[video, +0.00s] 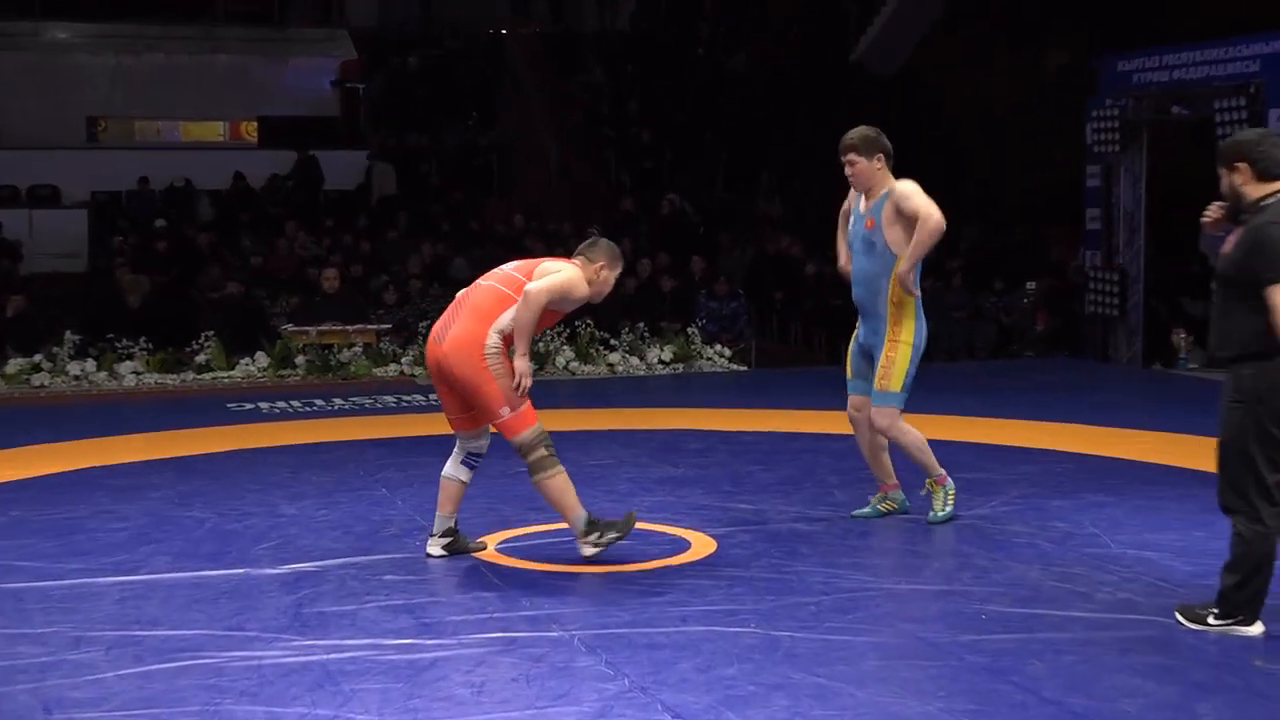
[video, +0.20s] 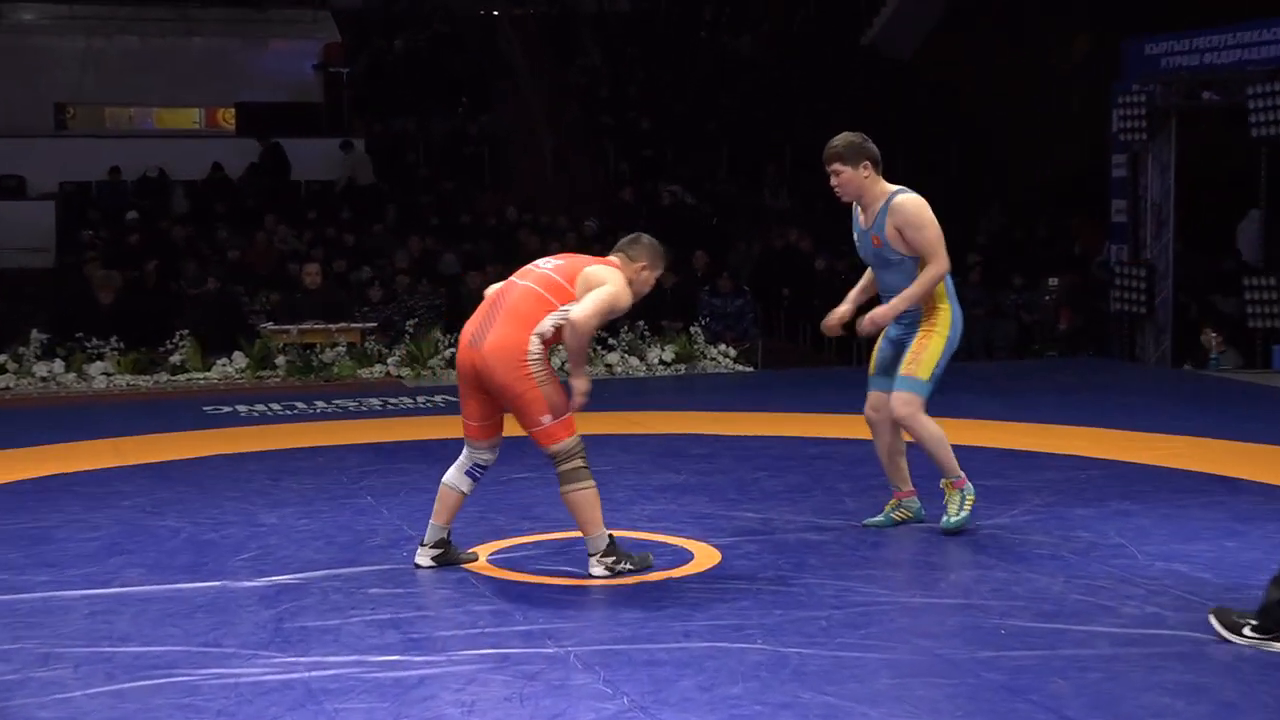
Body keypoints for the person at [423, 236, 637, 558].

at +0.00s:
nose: (612, 286)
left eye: (616, 279)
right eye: (614, 277)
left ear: (581, 260)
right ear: (599, 269)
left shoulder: (541, 267)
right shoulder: (576, 281)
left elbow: (468, 295)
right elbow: (533, 294)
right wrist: (522, 355)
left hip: (439, 348)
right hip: (478, 350)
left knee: (471, 444)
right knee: (535, 445)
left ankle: (442, 534)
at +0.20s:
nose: (651, 286)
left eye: (655, 279)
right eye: (653, 278)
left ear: (616, 257)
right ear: (640, 268)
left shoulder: (564, 263)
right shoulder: (617, 287)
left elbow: (492, 290)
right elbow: (577, 319)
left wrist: (523, 331)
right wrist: (579, 373)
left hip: (470, 351)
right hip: (516, 357)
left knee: (477, 455)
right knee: (569, 455)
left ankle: (432, 545)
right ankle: (602, 552)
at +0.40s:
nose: (688, 287)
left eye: (694, 281)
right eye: (694, 279)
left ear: (660, 250)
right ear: (682, 264)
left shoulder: (606, 258)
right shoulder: (656, 281)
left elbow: (574, 334)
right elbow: (633, 350)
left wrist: (624, 345)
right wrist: (657, 362)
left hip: (498, 340)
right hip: (548, 347)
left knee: (496, 452)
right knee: (591, 457)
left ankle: (439, 544)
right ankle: (602, 565)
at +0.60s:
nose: (714, 280)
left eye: (720, 272)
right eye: (719, 270)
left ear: (680, 241)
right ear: (706, 255)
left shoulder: (628, 249)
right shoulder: (680, 275)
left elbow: (607, 347)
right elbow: (669, 360)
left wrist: (678, 324)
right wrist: (704, 346)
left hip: (513, 333)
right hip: (566, 341)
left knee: (536, 443)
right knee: (596, 459)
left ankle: (507, 553)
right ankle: (600, 577)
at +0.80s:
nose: (725, 268)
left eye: (732, 259)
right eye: (731, 257)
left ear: (691, 230)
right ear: (715, 241)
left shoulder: (635, 242)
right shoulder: (687, 259)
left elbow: (609, 342)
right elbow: (679, 341)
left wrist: (680, 325)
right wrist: (714, 337)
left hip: (519, 332)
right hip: (569, 337)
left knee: (560, 457)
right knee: (601, 460)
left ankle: (573, 571)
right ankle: (589, 588)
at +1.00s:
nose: (725, 267)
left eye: (732, 258)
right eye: (731, 254)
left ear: (688, 222)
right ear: (715, 237)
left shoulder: (628, 238)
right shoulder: (684, 244)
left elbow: (626, 338)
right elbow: (687, 308)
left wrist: (703, 320)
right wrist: (740, 315)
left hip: (510, 338)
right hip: (562, 340)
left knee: (562, 455)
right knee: (648, 439)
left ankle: (552, 578)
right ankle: (612, 562)